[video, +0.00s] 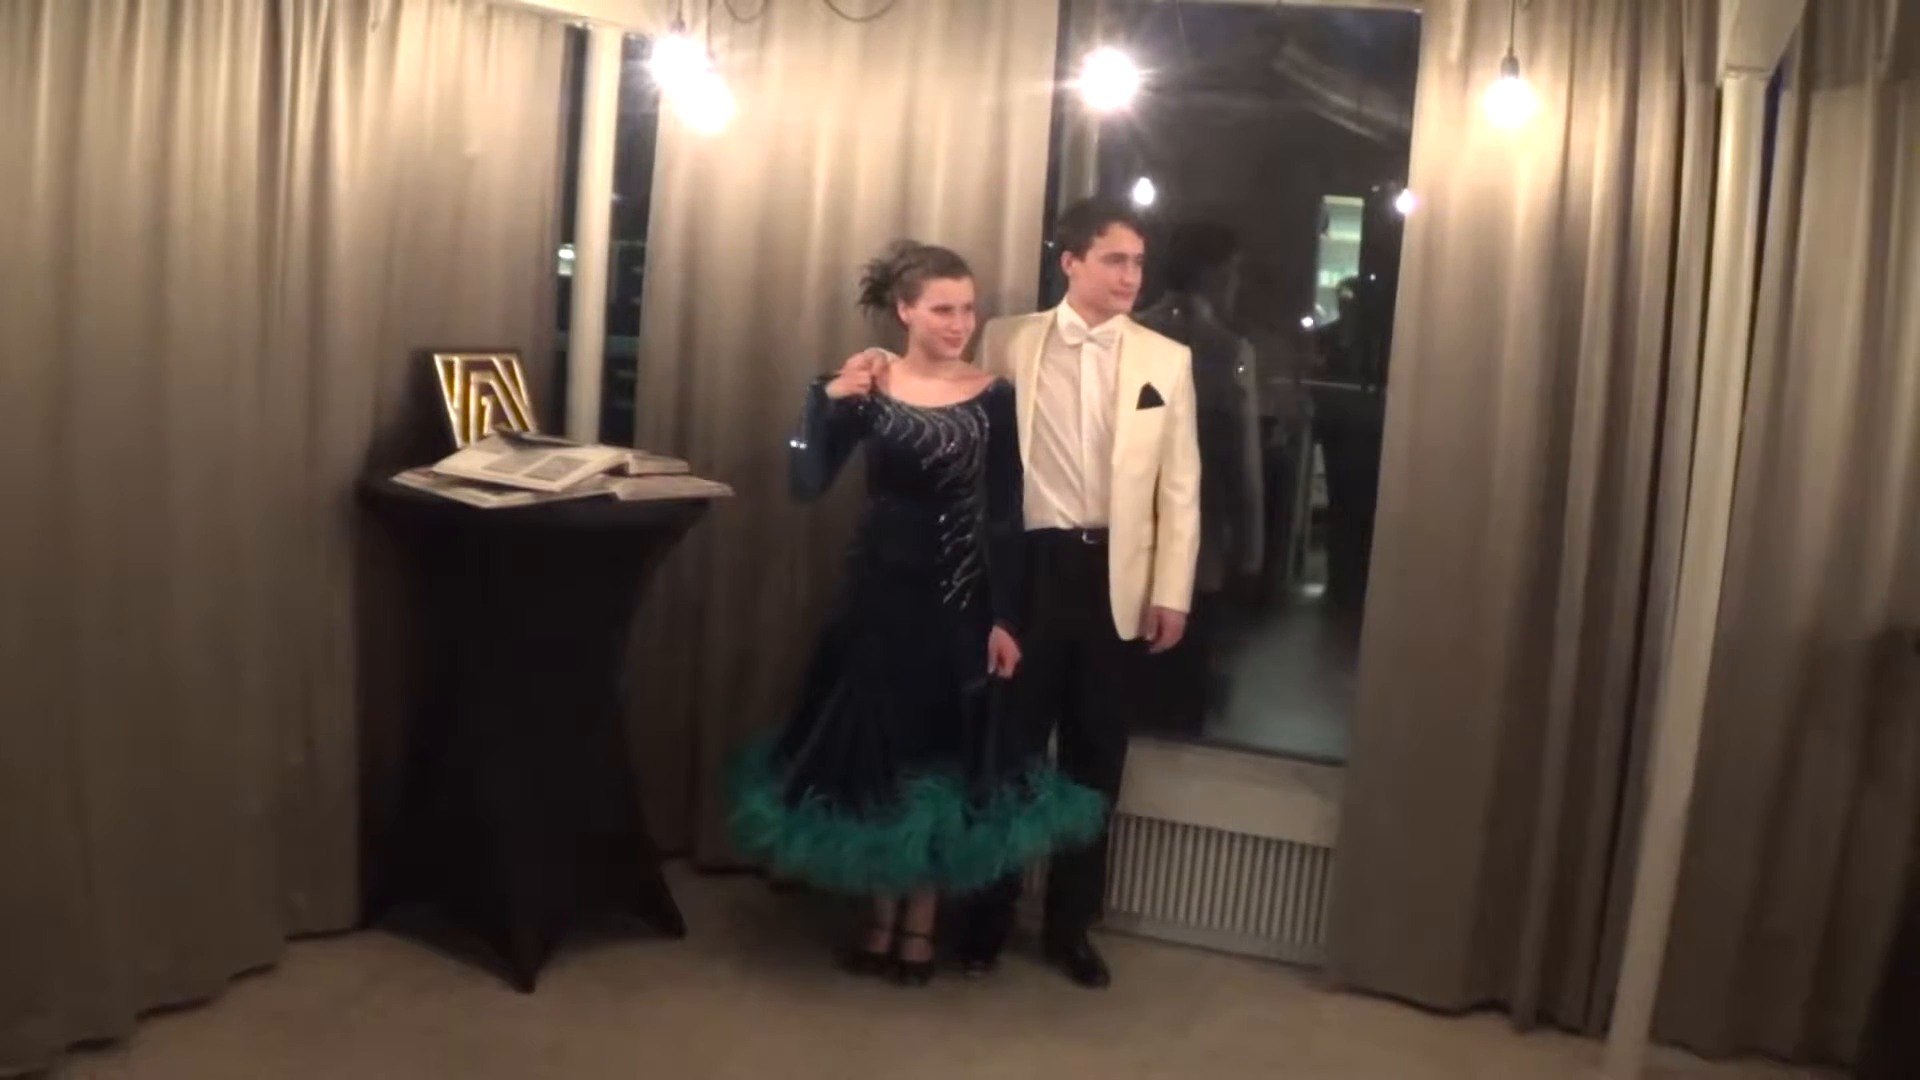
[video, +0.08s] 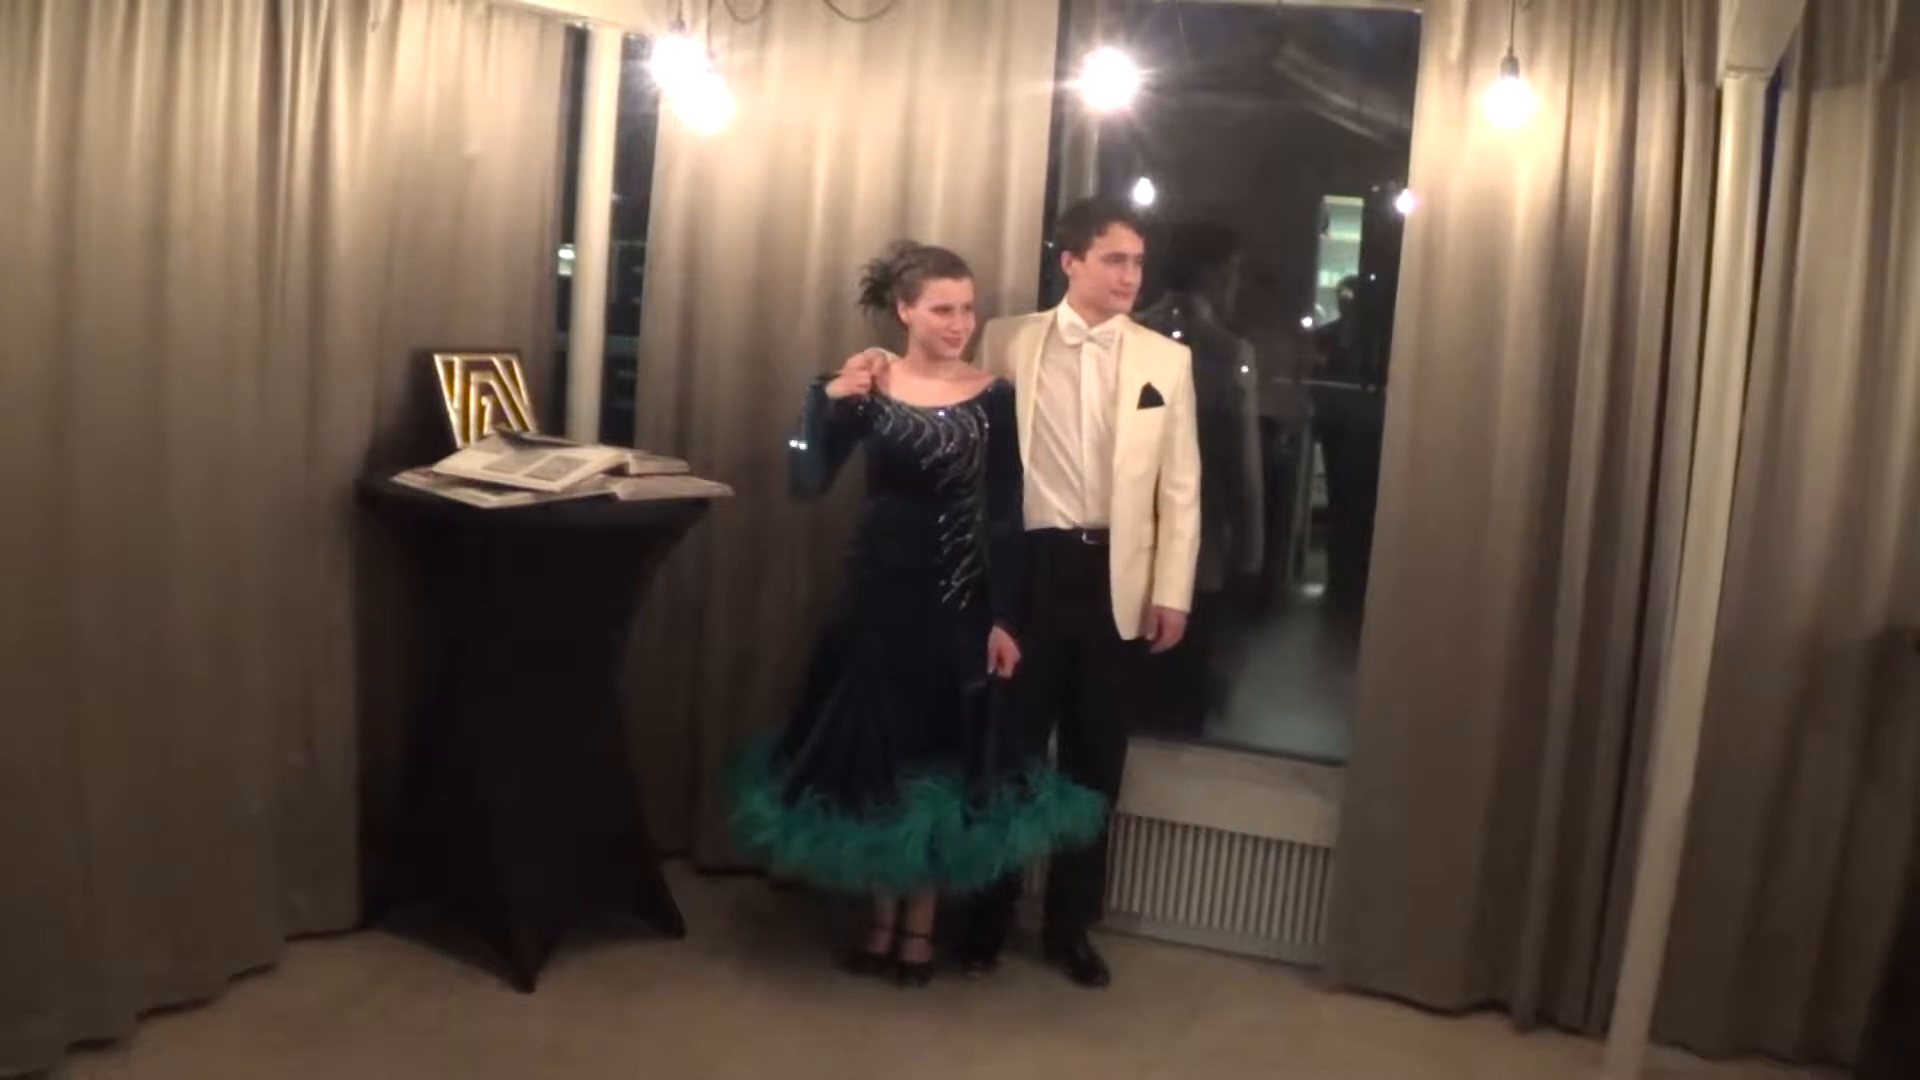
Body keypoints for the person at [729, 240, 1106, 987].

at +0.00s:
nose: (958, 323)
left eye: (967, 309)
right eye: (941, 309)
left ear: (979, 314)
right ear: (902, 312)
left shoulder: (992, 398)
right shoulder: (871, 385)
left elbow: (1005, 515)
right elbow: (808, 480)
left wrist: (1005, 617)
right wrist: (831, 396)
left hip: (960, 594)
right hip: (884, 587)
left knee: (939, 748)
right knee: (879, 743)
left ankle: (923, 906)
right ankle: (880, 905)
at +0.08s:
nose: (958, 323)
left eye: (967, 309)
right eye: (941, 309)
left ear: (979, 314)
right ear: (902, 312)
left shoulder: (992, 398)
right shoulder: (871, 386)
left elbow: (1005, 515)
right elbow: (809, 480)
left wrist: (1005, 617)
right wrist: (831, 396)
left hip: (960, 595)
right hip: (883, 588)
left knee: (940, 749)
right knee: (881, 744)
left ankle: (923, 908)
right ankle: (880, 905)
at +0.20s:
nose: (957, 323)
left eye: (966, 309)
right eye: (941, 309)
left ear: (979, 315)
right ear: (902, 312)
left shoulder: (992, 398)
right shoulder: (871, 385)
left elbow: (1005, 515)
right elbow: (808, 480)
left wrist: (1005, 617)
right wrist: (832, 396)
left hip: (960, 595)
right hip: (883, 588)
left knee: (940, 749)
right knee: (880, 744)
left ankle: (922, 908)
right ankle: (880, 905)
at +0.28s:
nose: (957, 323)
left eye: (966, 309)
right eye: (940, 309)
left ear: (978, 314)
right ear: (902, 312)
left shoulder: (991, 397)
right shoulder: (871, 385)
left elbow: (1005, 514)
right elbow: (809, 481)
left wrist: (1004, 617)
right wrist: (832, 397)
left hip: (960, 594)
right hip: (883, 588)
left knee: (940, 748)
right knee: (880, 743)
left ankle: (923, 908)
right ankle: (880, 905)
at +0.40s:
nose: (956, 323)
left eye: (966, 309)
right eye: (940, 309)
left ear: (979, 314)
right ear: (901, 312)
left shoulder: (991, 396)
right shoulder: (873, 385)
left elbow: (1005, 514)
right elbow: (809, 481)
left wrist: (1004, 618)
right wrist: (831, 397)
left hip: (960, 598)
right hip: (884, 591)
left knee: (940, 752)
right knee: (881, 748)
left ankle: (922, 913)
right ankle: (880, 909)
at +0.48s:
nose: (956, 323)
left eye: (966, 309)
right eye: (940, 309)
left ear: (978, 314)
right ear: (900, 311)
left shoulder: (991, 396)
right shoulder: (872, 385)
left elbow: (1005, 514)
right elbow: (809, 481)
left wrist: (1004, 617)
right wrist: (831, 397)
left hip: (959, 598)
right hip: (883, 591)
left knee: (940, 753)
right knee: (881, 749)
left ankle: (922, 913)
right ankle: (880, 909)